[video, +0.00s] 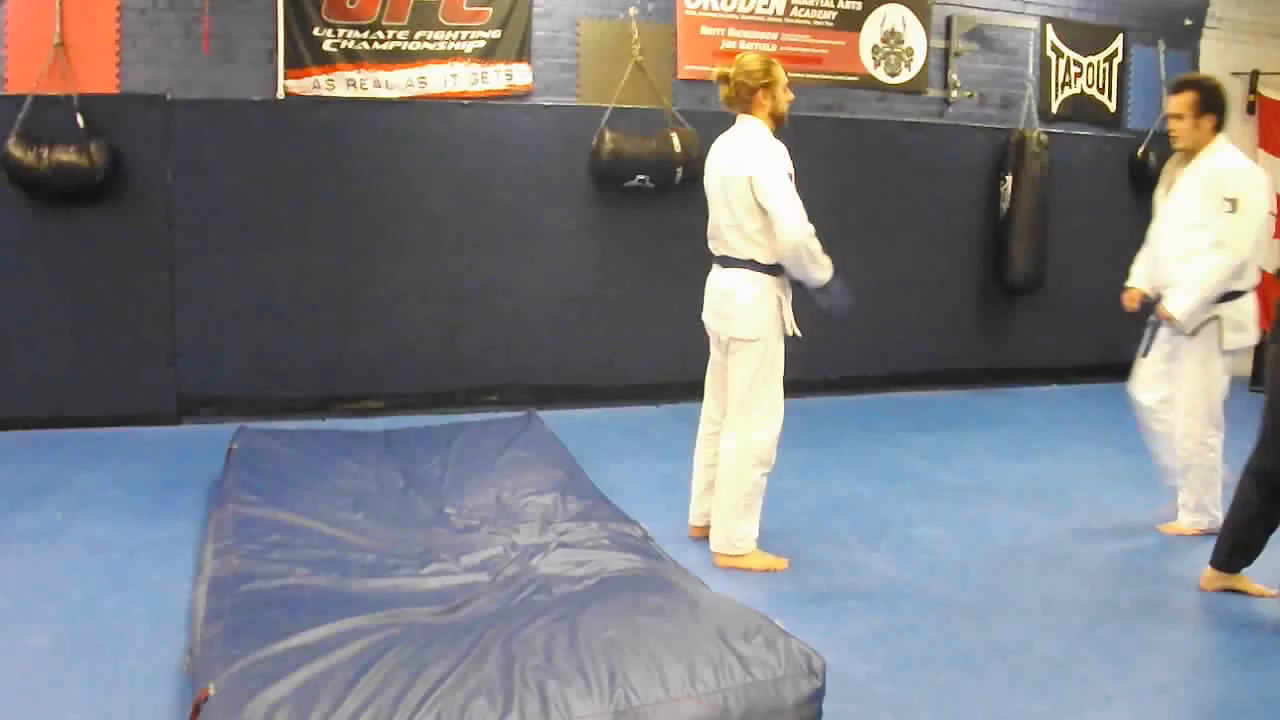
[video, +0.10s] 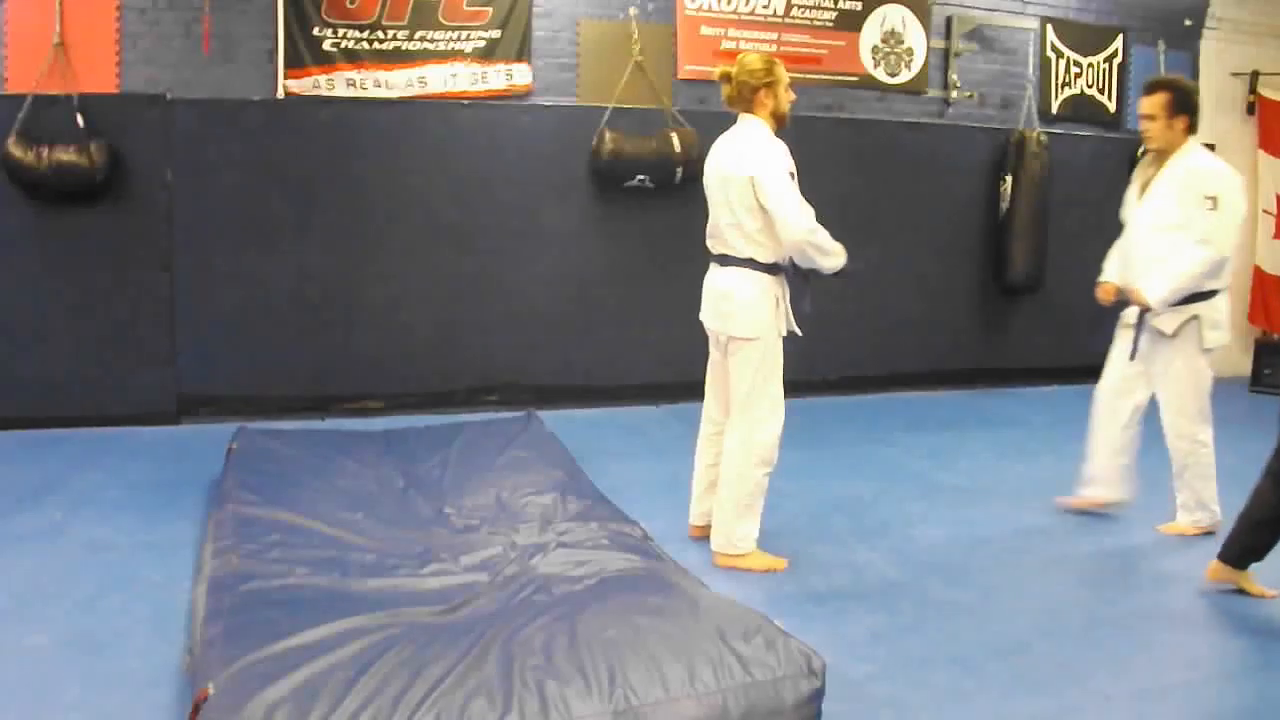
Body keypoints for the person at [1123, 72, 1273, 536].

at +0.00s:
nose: (1171, 126)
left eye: (1180, 117)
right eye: (1168, 117)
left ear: (1209, 120)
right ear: (1174, 120)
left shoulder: (1237, 174)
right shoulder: (1178, 170)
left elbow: (1234, 252)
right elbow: (1160, 234)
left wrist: (1183, 302)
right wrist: (1141, 282)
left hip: (1212, 315)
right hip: (1176, 310)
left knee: (1198, 415)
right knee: (1146, 391)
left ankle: (1201, 514)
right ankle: (1185, 489)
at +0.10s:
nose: (1142, 127)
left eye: (1151, 119)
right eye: (1141, 119)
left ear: (1182, 122)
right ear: (1146, 122)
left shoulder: (1214, 176)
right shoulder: (1148, 169)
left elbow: (1212, 252)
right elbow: (1131, 234)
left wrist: (1154, 295)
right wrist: (1111, 275)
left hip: (1186, 319)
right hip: (1140, 314)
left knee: (1186, 420)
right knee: (1113, 397)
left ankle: (1199, 514)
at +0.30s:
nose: (1079, 133)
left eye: (1088, 124)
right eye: (1077, 124)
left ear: (1118, 127)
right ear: (1079, 127)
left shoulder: (1152, 182)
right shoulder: (1079, 177)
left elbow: (1163, 246)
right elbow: (1061, 234)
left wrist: (1100, 278)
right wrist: (1048, 267)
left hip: (1125, 321)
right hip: (1074, 318)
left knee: (1131, 416)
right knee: (1047, 407)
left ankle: (1191, 500)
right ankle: (1033, 499)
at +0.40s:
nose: (1048, 128)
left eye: (1056, 119)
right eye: (1045, 119)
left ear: (1086, 121)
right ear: (1045, 121)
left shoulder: (1120, 173)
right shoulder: (1049, 171)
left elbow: (1134, 234)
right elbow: (1030, 224)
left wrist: (1066, 261)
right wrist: (1018, 252)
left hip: (1095, 311)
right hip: (1047, 307)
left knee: (1075, 411)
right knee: (1031, 406)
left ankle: (1147, 479)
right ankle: (1028, 498)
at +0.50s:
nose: (1021, 123)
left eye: (1029, 114)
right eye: (1018, 114)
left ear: (1058, 116)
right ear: (1017, 117)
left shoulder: (1092, 166)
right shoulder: (1020, 168)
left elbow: (1106, 224)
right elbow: (1001, 219)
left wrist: (1040, 248)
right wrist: (990, 246)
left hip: (1070, 301)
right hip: (1025, 300)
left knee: (1033, 399)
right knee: (1017, 401)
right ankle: (1030, 495)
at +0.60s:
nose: (992, 125)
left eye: (1001, 116)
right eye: (990, 116)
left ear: (1031, 119)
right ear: (993, 120)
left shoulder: (1065, 170)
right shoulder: (993, 170)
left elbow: (1068, 229)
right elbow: (972, 220)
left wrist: (1001, 245)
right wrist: (956, 244)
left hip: (1045, 307)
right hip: (1005, 304)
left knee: (995, 401)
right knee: (1026, 402)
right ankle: (1031, 496)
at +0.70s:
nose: (965, 128)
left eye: (974, 119)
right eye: (963, 119)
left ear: (1004, 123)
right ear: (966, 122)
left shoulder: (1033, 176)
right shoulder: (969, 172)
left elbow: (1019, 230)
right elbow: (942, 219)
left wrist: (943, 237)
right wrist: (921, 240)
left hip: (1018, 313)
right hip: (979, 311)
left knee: (970, 410)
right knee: (1010, 407)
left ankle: (929, 520)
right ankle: (1029, 496)